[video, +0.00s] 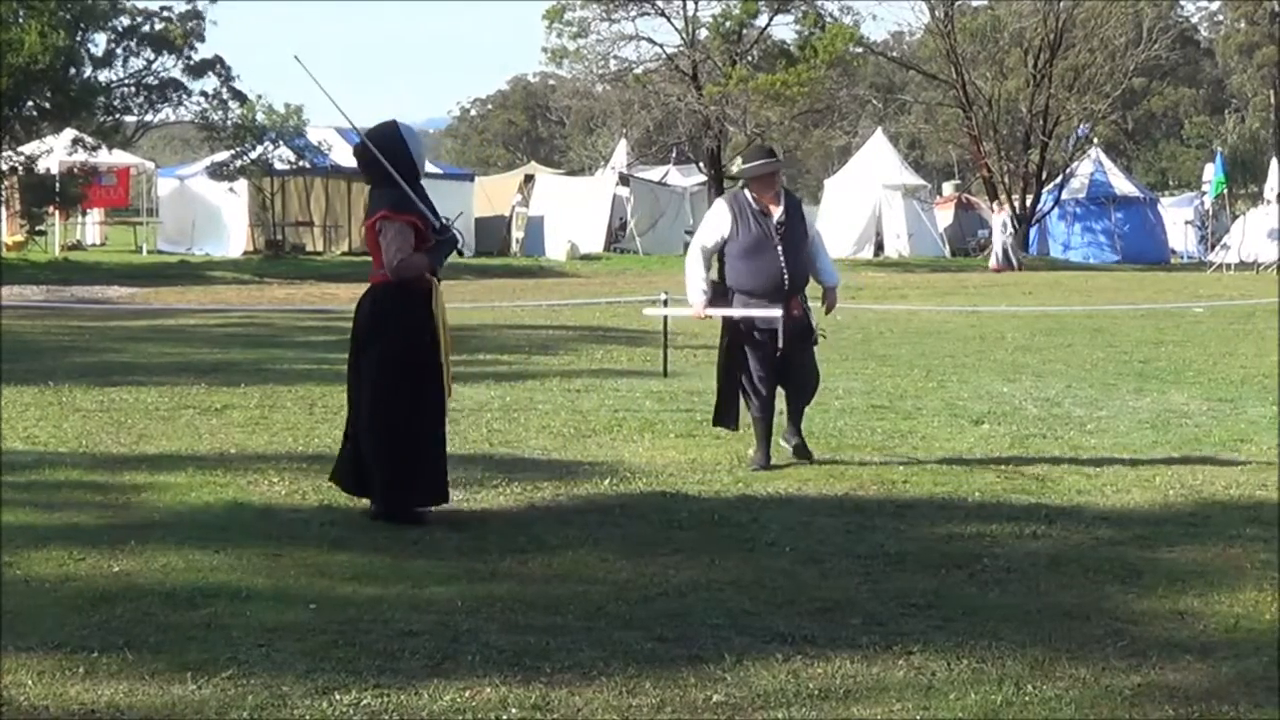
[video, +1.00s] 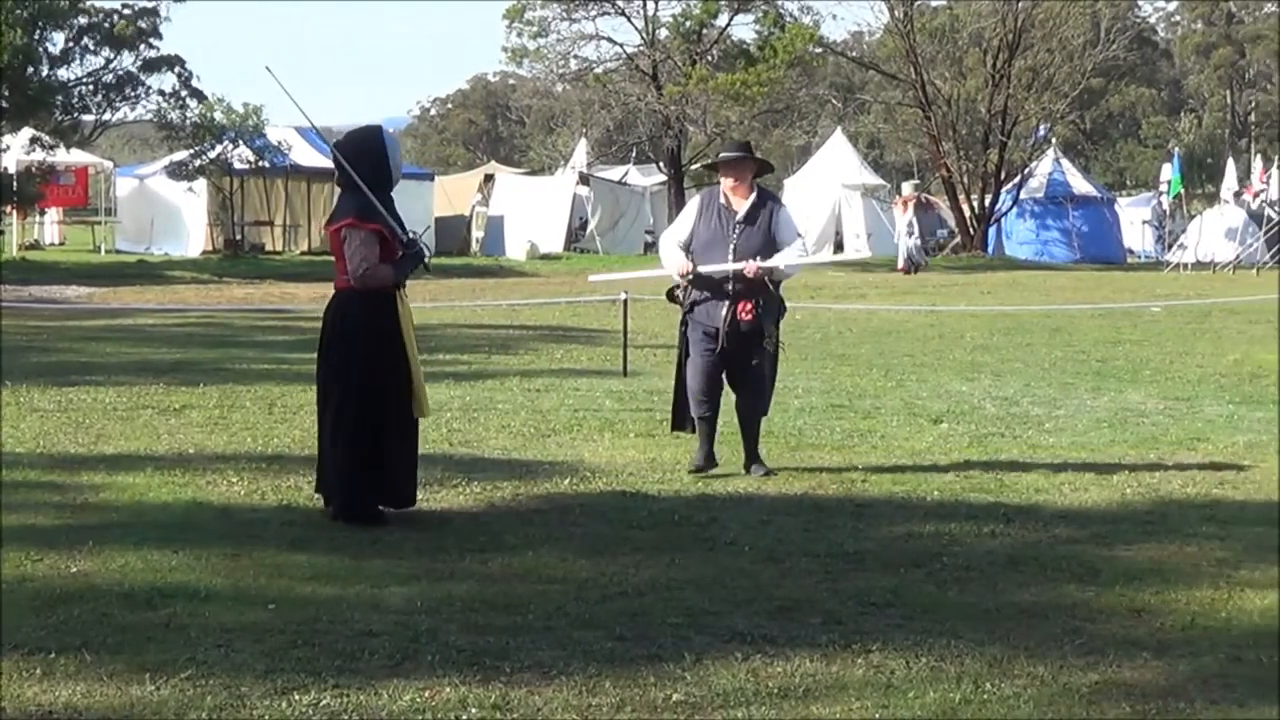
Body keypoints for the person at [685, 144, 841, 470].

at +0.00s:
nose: (771, 181)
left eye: (774, 174)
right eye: (763, 177)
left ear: (780, 173)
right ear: (748, 180)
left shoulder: (794, 205)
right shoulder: (728, 209)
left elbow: (814, 245)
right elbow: (698, 251)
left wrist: (830, 282)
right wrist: (698, 296)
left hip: (793, 306)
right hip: (749, 308)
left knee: (805, 377)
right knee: (759, 384)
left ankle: (793, 429)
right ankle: (762, 450)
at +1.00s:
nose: (731, 173)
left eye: (738, 167)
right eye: (725, 168)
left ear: (753, 169)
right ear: (718, 172)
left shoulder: (772, 207)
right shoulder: (702, 203)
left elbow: (798, 251)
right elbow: (668, 240)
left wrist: (768, 268)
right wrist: (676, 261)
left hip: (755, 311)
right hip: (705, 308)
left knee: (754, 389)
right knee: (700, 385)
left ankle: (753, 456)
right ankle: (704, 452)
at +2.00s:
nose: (582, 174)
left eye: (585, 167)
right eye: (573, 169)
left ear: (592, 168)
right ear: (558, 174)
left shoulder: (604, 202)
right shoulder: (541, 204)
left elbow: (625, 246)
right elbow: (512, 251)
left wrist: (637, 225)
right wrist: (514, 279)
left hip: (605, 308)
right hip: (561, 310)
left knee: (614, 386)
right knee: (563, 390)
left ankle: (629, 461)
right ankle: (563, 462)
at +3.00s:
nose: (488, 176)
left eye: (493, 168)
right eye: (480, 171)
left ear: (501, 169)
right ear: (466, 174)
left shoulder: (514, 205)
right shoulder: (448, 207)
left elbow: (535, 255)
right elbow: (419, 247)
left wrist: (541, 239)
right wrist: (402, 285)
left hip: (512, 307)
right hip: (472, 310)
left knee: (507, 387)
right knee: (487, 388)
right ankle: (489, 468)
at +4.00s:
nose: (447, 171)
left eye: (449, 164)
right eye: (440, 165)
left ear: (453, 167)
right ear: (423, 169)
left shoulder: (458, 205)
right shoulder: (403, 206)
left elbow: (473, 257)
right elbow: (385, 252)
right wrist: (422, 274)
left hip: (463, 316)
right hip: (424, 316)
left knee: (469, 399)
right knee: (412, 403)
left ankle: (473, 470)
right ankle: (392, 478)